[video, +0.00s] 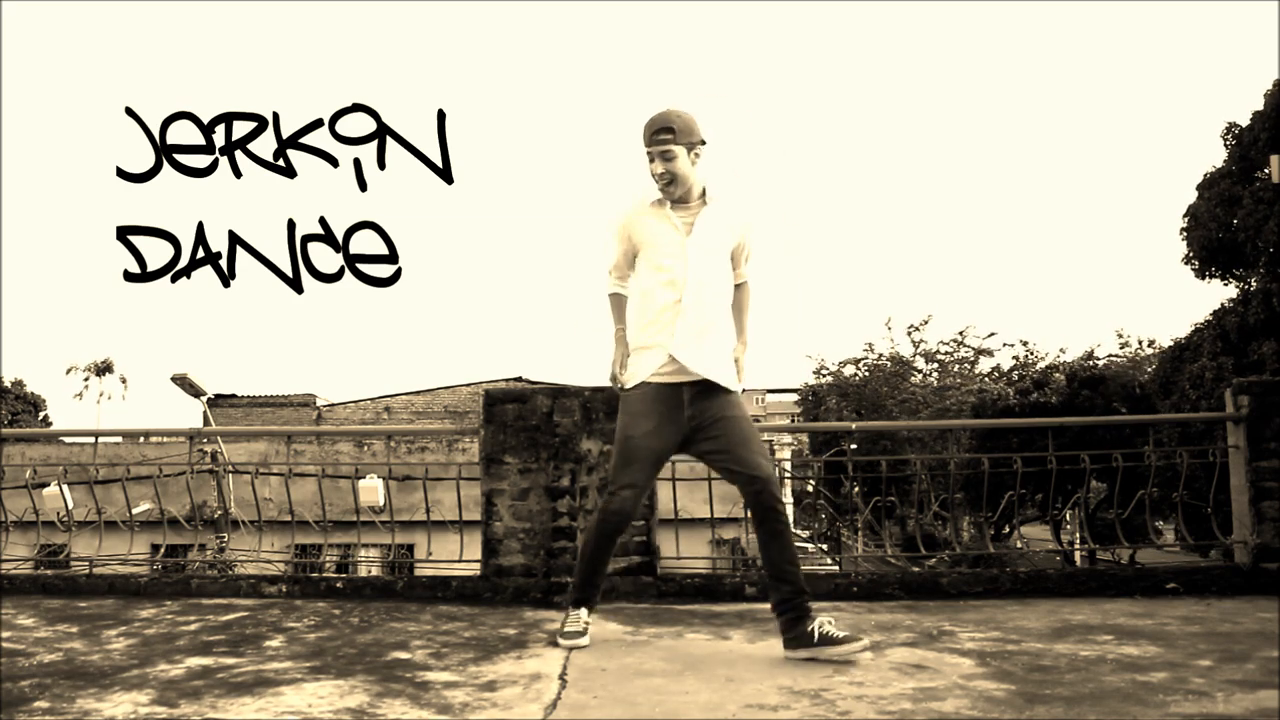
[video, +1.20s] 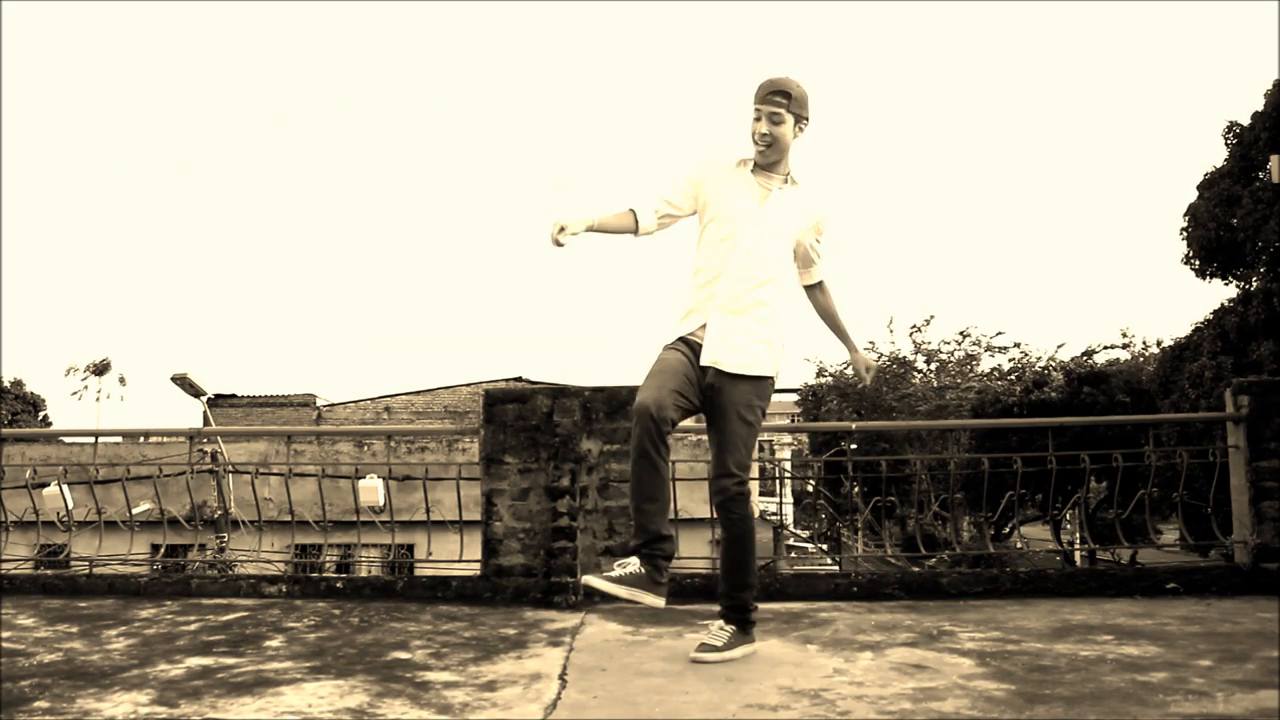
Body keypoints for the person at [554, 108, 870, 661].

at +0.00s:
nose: (658, 167)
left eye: (666, 155)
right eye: (651, 158)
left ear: (697, 154)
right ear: (647, 161)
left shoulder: (730, 218)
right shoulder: (636, 220)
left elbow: (742, 287)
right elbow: (618, 284)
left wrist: (741, 347)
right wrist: (621, 346)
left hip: (715, 387)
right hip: (648, 386)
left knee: (764, 489)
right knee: (621, 501)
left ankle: (797, 624)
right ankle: (578, 609)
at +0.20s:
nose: (632, 139)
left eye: (638, 126)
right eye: (624, 132)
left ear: (667, 120)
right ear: (622, 136)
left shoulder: (719, 181)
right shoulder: (626, 194)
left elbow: (767, 215)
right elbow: (605, 254)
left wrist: (782, 267)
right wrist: (597, 306)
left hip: (728, 351)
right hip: (662, 356)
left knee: (753, 464)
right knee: (641, 472)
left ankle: (720, 584)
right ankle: (606, 593)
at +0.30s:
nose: (635, 131)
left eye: (641, 117)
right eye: (627, 123)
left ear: (671, 112)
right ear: (625, 129)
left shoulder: (728, 172)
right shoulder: (636, 189)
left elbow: (801, 191)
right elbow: (617, 248)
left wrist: (818, 235)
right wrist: (582, 295)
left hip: (733, 340)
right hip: (671, 343)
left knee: (738, 467)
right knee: (672, 467)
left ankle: (692, 584)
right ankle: (656, 594)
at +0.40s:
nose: (644, 139)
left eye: (651, 125)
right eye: (637, 131)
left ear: (681, 117)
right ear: (637, 136)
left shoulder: (740, 179)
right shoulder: (650, 193)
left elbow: (821, 197)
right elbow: (629, 255)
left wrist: (823, 228)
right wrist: (568, 286)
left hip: (737, 343)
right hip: (679, 343)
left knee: (732, 477)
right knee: (714, 467)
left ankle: (654, 590)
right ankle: (708, 608)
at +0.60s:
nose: (688, 140)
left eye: (696, 129)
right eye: (681, 132)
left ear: (727, 127)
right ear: (678, 136)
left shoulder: (768, 192)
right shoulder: (679, 199)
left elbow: (839, 239)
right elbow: (647, 256)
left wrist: (812, 239)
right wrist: (576, 238)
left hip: (759, 354)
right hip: (697, 358)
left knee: (791, 479)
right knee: (722, 484)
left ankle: (729, 575)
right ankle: (739, 622)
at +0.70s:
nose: (719, 139)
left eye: (728, 128)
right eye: (712, 130)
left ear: (756, 130)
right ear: (706, 136)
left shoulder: (790, 201)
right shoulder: (696, 194)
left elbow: (846, 257)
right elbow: (645, 241)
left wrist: (856, 276)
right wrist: (581, 209)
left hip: (772, 369)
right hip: (707, 370)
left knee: (791, 494)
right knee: (688, 479)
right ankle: (722, 619)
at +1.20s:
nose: (763, 127)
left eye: (775, 119)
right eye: (758, 116)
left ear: (798, 128)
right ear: (749, 122)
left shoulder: (806, 206)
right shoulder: (716, 177)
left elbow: (813, 282)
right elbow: (648, 218)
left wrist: (852, 346)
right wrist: (582, 225)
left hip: (753, 353)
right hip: (695, 339)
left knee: (730, 488)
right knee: (648, 409)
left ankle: (738, 621)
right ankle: (653, 562)